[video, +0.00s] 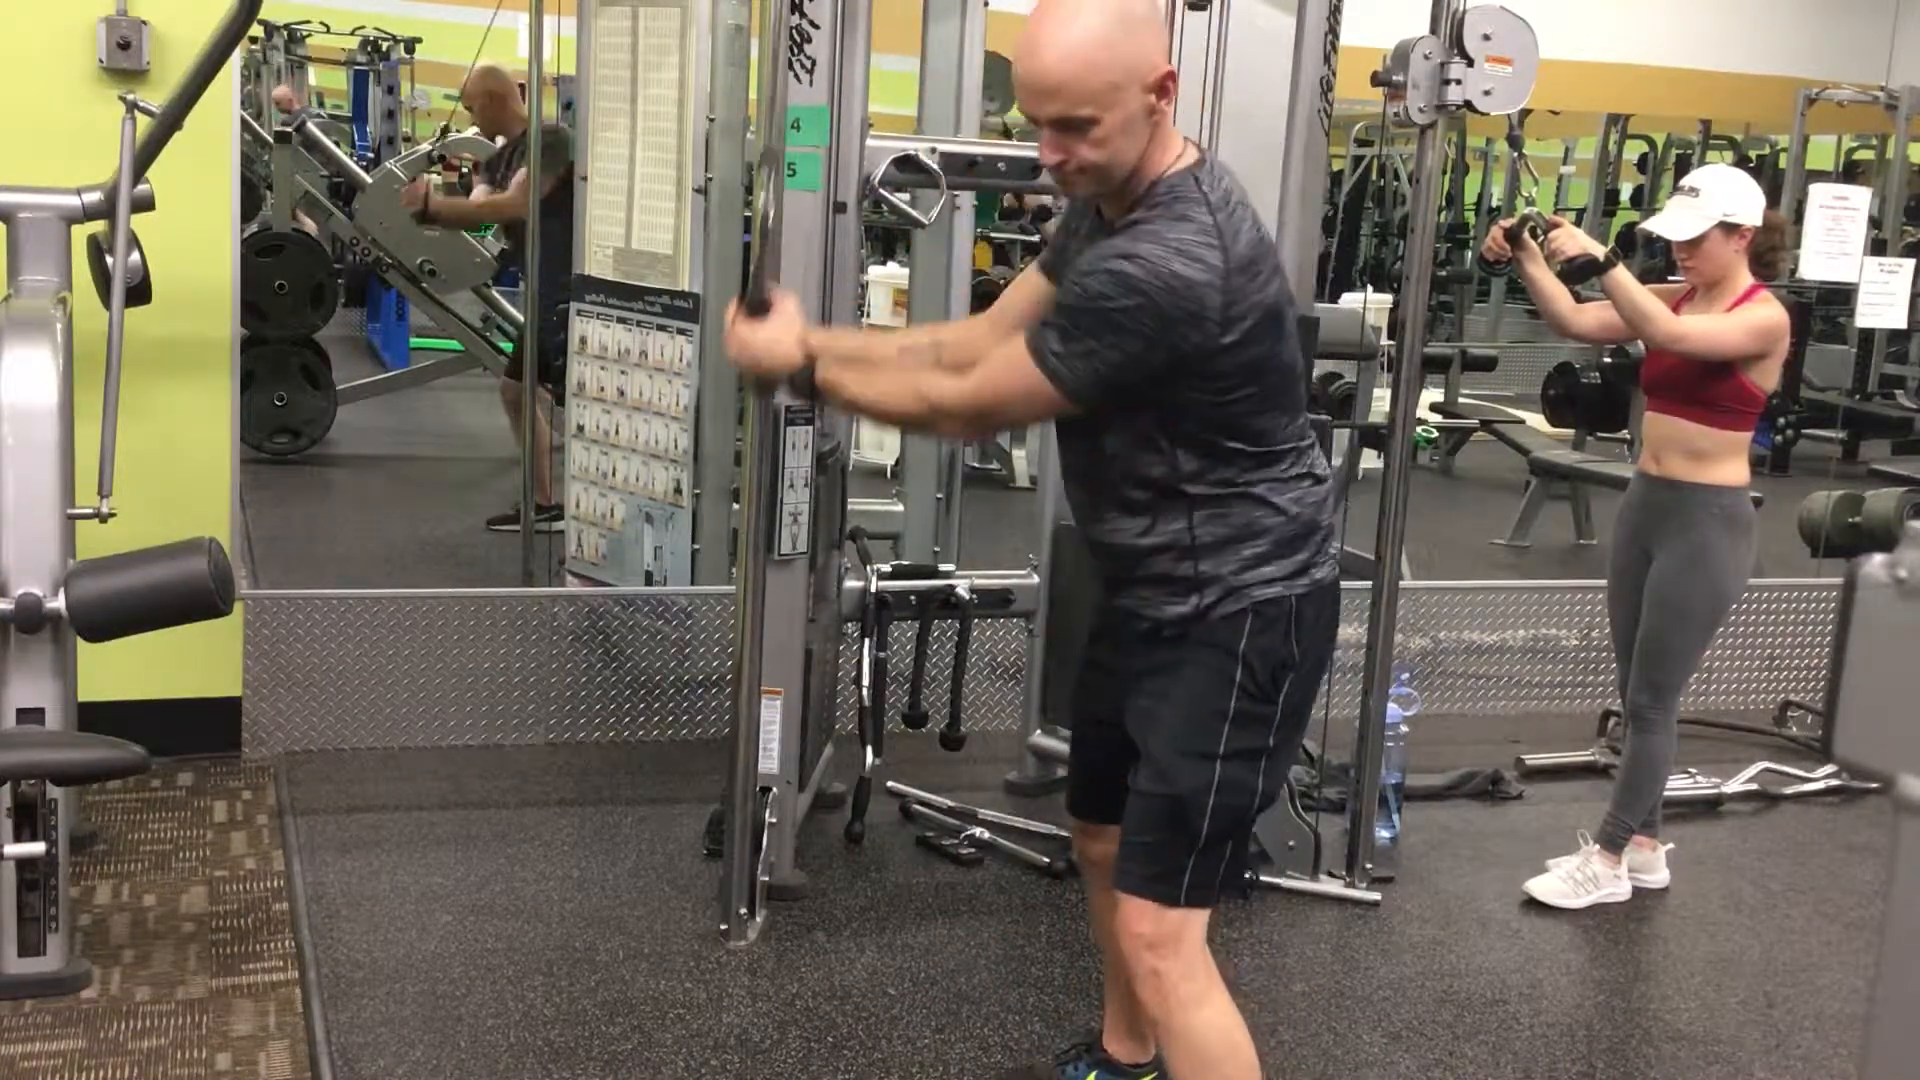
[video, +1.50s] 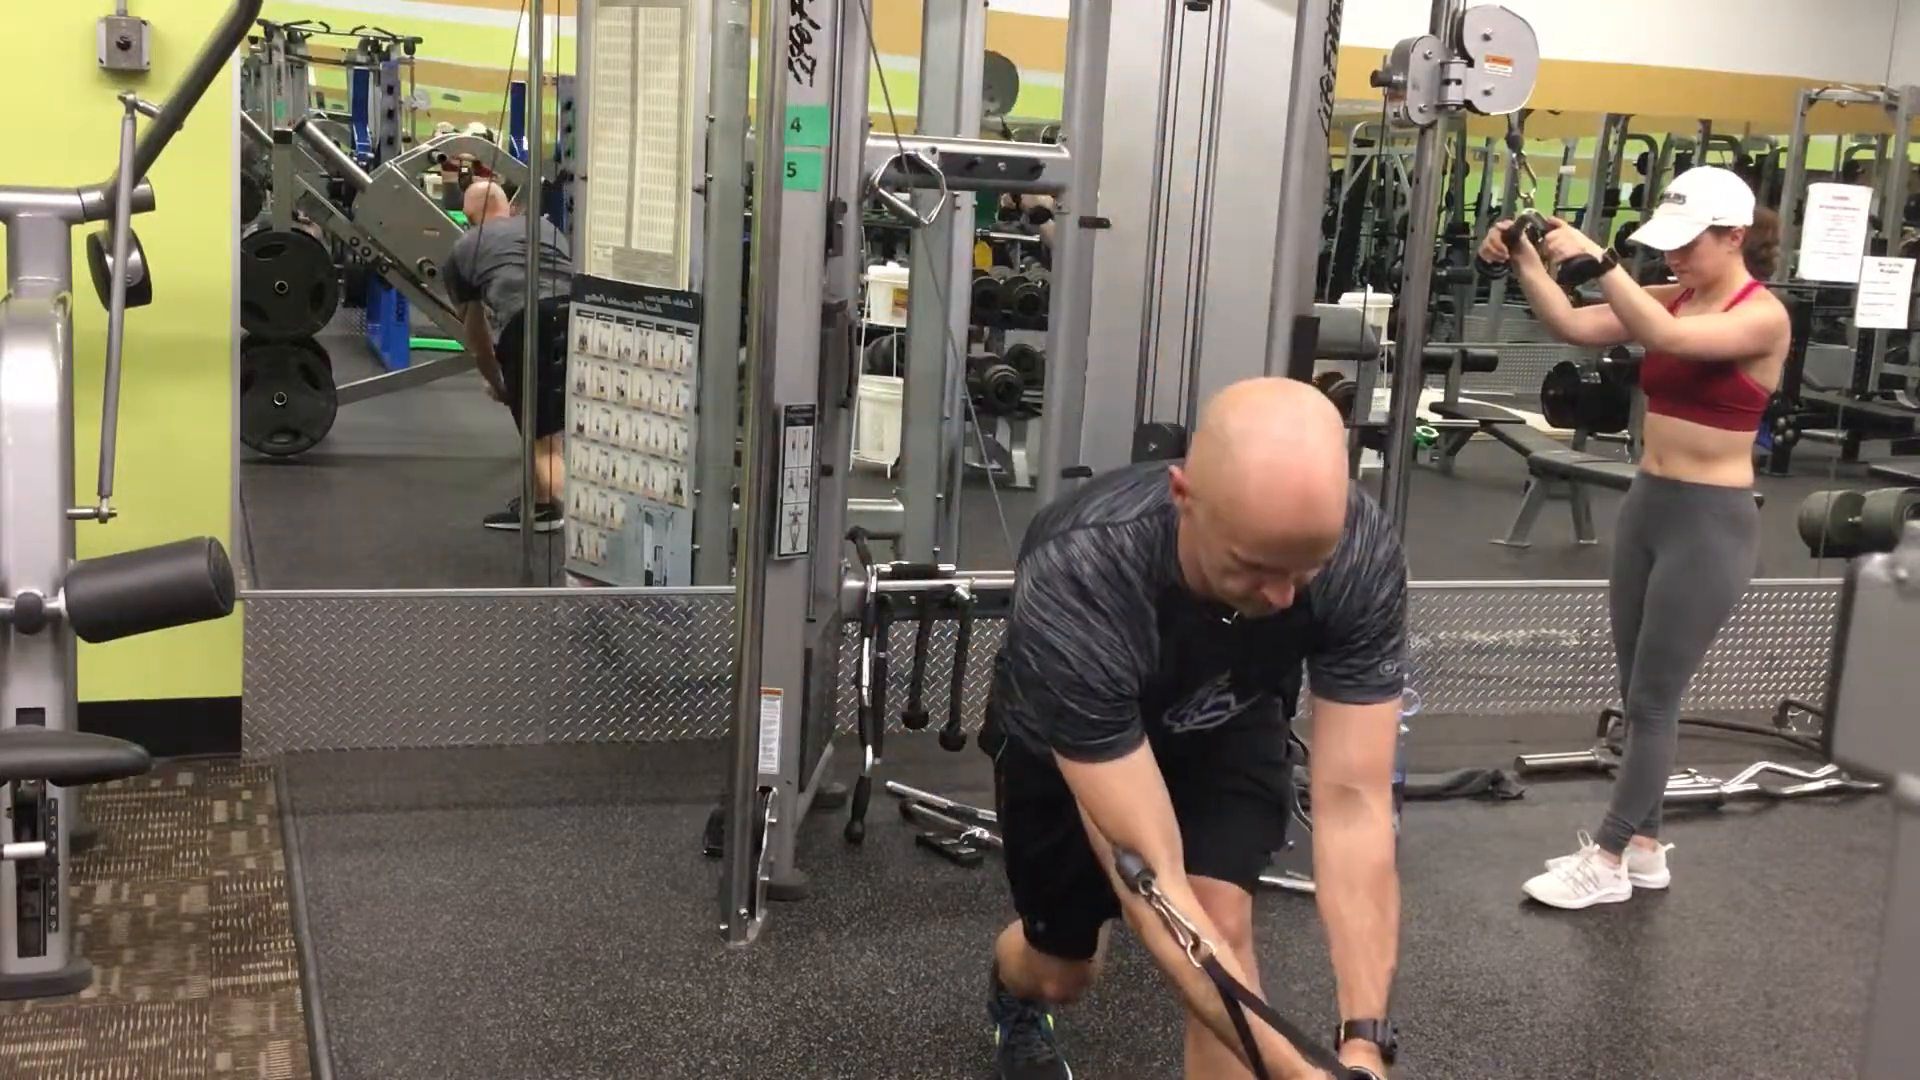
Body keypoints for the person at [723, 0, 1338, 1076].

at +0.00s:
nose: (1049, 155)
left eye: (1076, 128)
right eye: (1036, 125)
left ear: (1160, 98)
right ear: (1024, 99)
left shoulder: (1177, 259)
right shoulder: (1109, 205)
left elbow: (966, 404)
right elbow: (974, 344)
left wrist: (805, 367)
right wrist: (811, 340)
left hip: (1242, 603)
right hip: (1151, 587)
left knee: (1158, 929)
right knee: (1102, 833)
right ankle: (1131, 1054)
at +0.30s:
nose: (1086, 209)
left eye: (1115, 181)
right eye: (1061, 178)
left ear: (1174, 137)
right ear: (1034, 142)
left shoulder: (1241, 300)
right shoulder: (1027, 248)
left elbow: (1087, 535)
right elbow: (949, 448)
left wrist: (888, 605)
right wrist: (853, 578)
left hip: (1249, 617)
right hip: (1109, 602)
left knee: (1181, 943)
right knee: (1068, 853)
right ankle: (1126, 1049)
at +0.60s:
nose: (1166, 326)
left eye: (1195, 296)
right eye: (1136, 296)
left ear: (1235, 245)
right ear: (1086, 238)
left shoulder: (1297, 368)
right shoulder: (1017, 350)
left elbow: (1212, 619)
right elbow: (992, 587)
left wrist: (1076, 790)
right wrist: (1003, 758)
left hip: (1258, 640)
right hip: (1100, 623)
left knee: (1212, 947)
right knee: (1036, 868)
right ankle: (1096, 1019)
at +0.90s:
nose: (1259, 471)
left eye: (1284, 439)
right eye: (1228, 443)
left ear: (1315, 386)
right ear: (1162, 371)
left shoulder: (1356, 473)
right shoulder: (1073, 475)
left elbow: (1322, 719)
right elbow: (1109, 756)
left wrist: (1291, 934)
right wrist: (1203, 942)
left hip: (1243, 719)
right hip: (1088, 706)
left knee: (1246, 946)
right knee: (1050, 941)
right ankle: (1032, 1002)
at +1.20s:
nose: (1290, 587)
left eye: (1313, 558)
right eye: (1260, 559)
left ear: (1342, 503)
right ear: (1191, 487)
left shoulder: (1365, 554)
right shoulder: (1087, 571)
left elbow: (1360, 796)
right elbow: (1160, 871)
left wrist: (1372, 1029)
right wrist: (1297, 1059)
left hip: (1230, 719)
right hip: (1072, 723)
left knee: (1230, 930)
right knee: (1062, 975)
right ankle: (1016, 997)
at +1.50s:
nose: (1282, 596)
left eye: (1305, 566)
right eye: (1250, 568)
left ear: (1336, 510)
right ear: (1183, 496)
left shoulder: (1360, 557)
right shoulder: (1079, 576)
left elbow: (1354, 800)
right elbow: (1148, 873)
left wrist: (1363, 1039)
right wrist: (1288, 1064)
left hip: (1230, 717)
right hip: (1077, 719)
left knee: (1223, 921)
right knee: (1064, 974)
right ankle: (1014, 992)